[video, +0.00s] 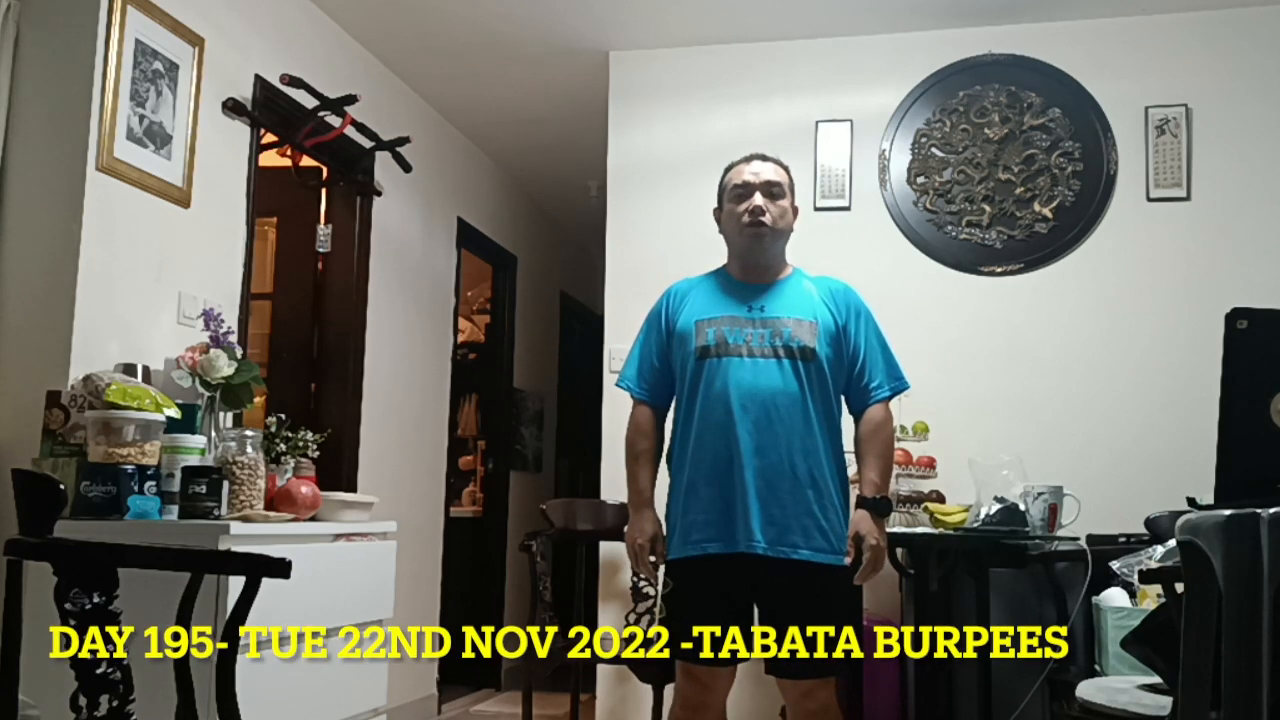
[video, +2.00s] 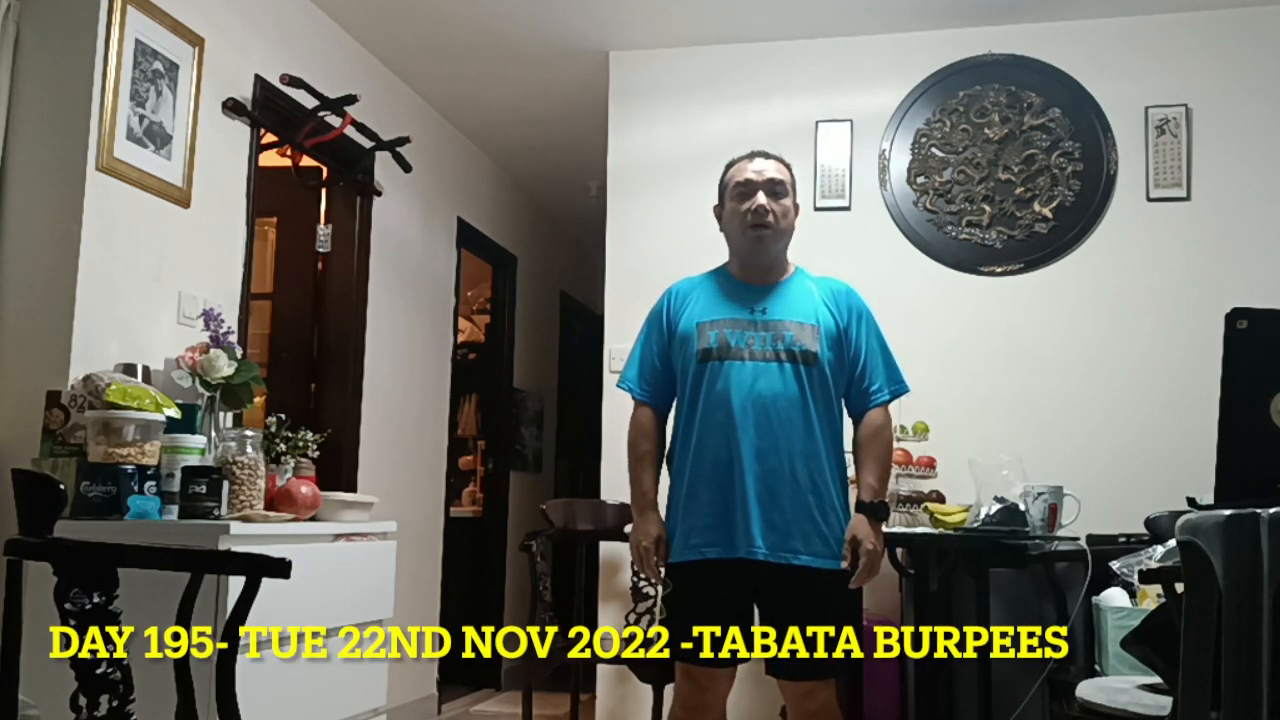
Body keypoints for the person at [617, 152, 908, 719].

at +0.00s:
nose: (757, 200)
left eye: (773, 192)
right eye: (741, 193)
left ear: (794, 216)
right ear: (719, 218)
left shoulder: (837, 302)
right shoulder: (681, 301)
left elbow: (875, 407)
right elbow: (645, 409)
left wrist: (871, 507)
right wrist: (641, 509)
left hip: (811, 541)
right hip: (704, 537)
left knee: (814, 699)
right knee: (698, 692)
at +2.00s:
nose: (760, 199)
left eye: (776, 190)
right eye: (743, 191)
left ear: (795, 215)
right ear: (719, 215)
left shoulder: (838, 303)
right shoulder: (681, 302)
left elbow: (874, 411)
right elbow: (647, 410)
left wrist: (870, 511)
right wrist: (643, 510)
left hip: (810, 544)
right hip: (705, 540)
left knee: (814, 701)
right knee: (698, 694)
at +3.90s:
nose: (828, 197)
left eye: (838, 185)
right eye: (809, 180)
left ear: (847, 200)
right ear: (761, 191)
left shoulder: (871, 301)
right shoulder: (699, 289)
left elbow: (921, 408)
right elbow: (655, 406)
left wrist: (945, 495)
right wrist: (648, 508)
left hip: (833, 559)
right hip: (716, 549)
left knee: (840, 710)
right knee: (692, 705)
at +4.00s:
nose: (874, 189)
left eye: (885, 175)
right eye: (856, 166)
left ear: (893, 188)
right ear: (804, 173)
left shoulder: (907, 294)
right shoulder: (731, 269)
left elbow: (964, 397)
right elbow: (683, 387)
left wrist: (994, 480)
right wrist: (674, 488)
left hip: (853, 550)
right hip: (736, 535)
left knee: (851, 709)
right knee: (694, 696)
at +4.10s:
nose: (911, 184)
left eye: (924, 170)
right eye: (894, 161)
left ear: (933, 183)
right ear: (841, 165)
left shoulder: (937, 289)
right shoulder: (758, 255)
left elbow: (1003, 385)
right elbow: (705, 368)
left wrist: (1048, 462)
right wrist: (690, 475)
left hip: (863, 560)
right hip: (746, 536)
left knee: (860, 712)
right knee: (701, 693)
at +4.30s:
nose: (966, 192)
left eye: (979, 176)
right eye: (949, 166)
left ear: (986, 183)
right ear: (891, 159)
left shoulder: (980, 295)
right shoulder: (793, 240)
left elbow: (1062, 379)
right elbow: (726, 349)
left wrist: (1135, 444)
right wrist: (706, 460)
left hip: (880, 570)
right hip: (762, 540)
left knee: (861, 714)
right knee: (726, 706)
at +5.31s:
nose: (949, 175)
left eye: (962, 160)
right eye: (931, 151)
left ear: (969, 167)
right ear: (873, 151)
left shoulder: (970, 287)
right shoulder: (773, 240)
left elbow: (1036, 393)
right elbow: (708, 353)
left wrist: (1090, 476)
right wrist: (692, 472)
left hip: (878, 572)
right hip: (752, 541)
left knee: (859, 717)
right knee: (711, 702)